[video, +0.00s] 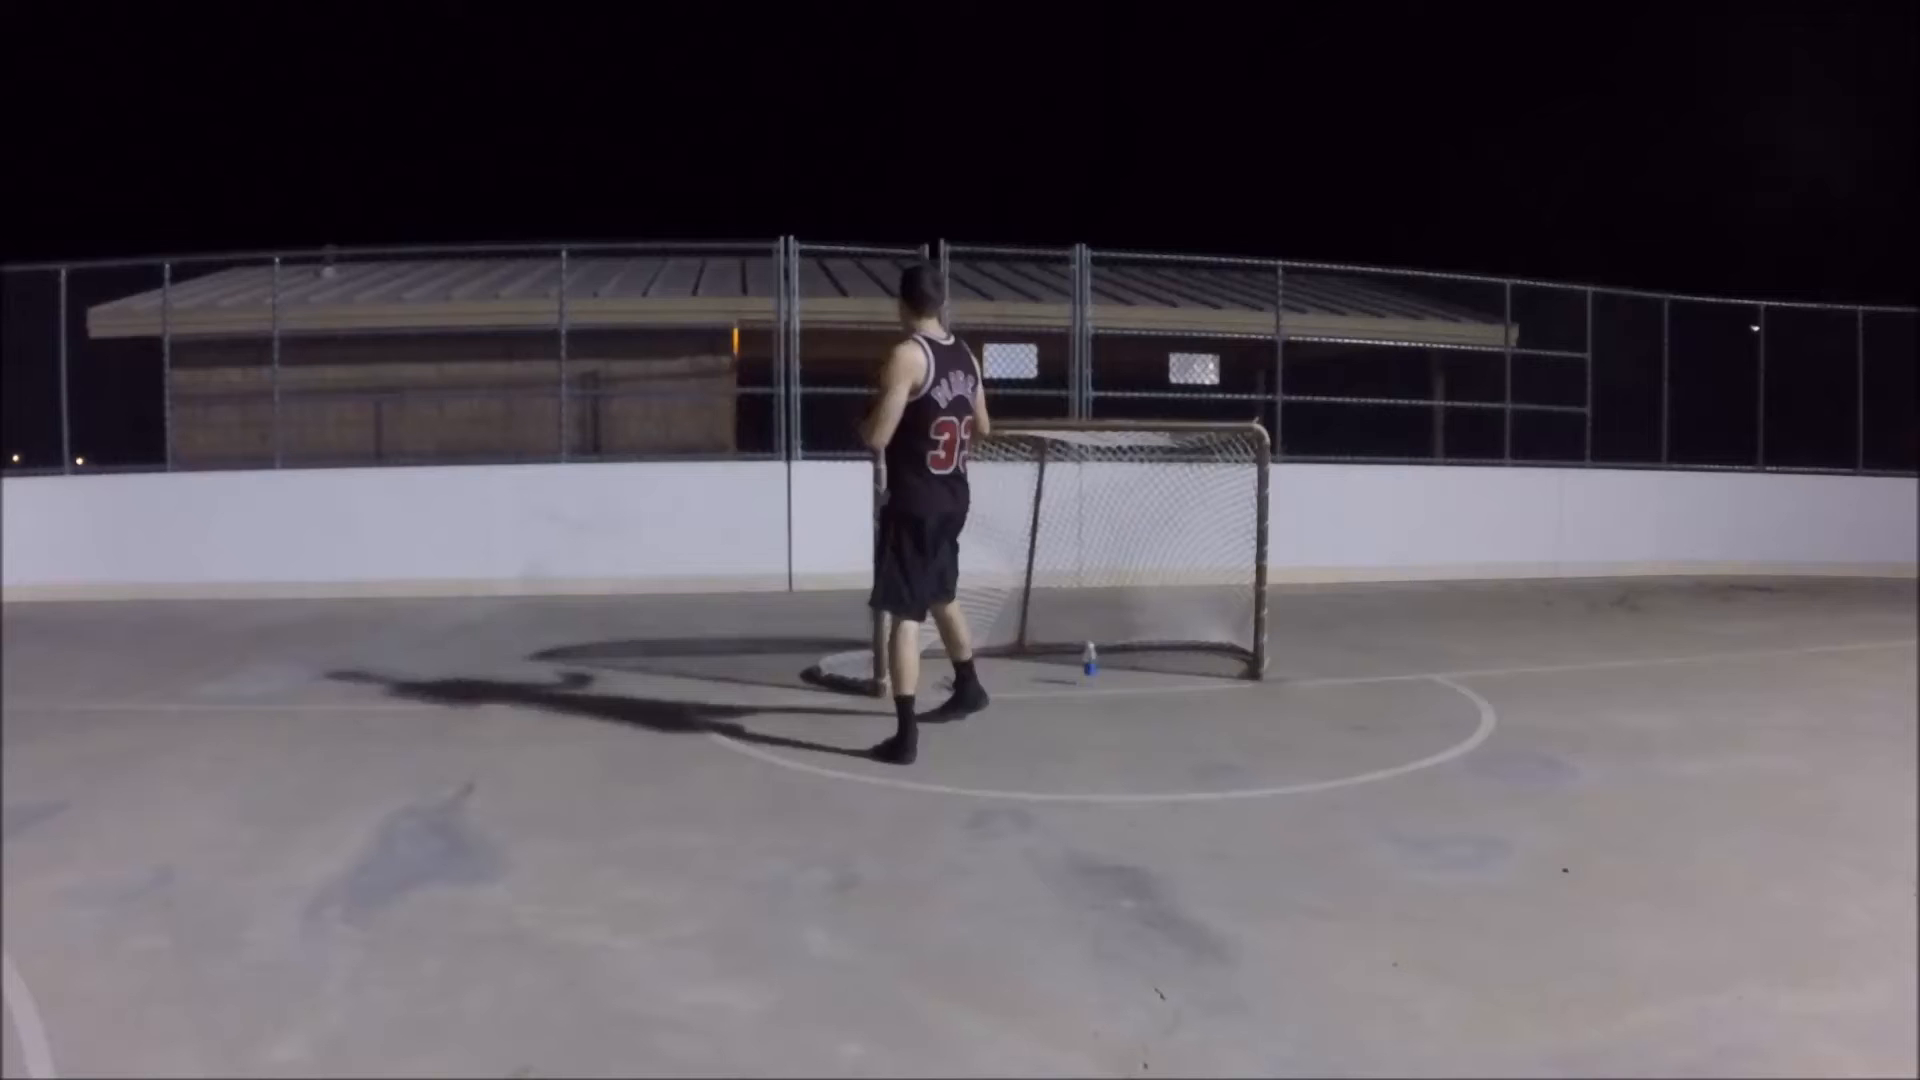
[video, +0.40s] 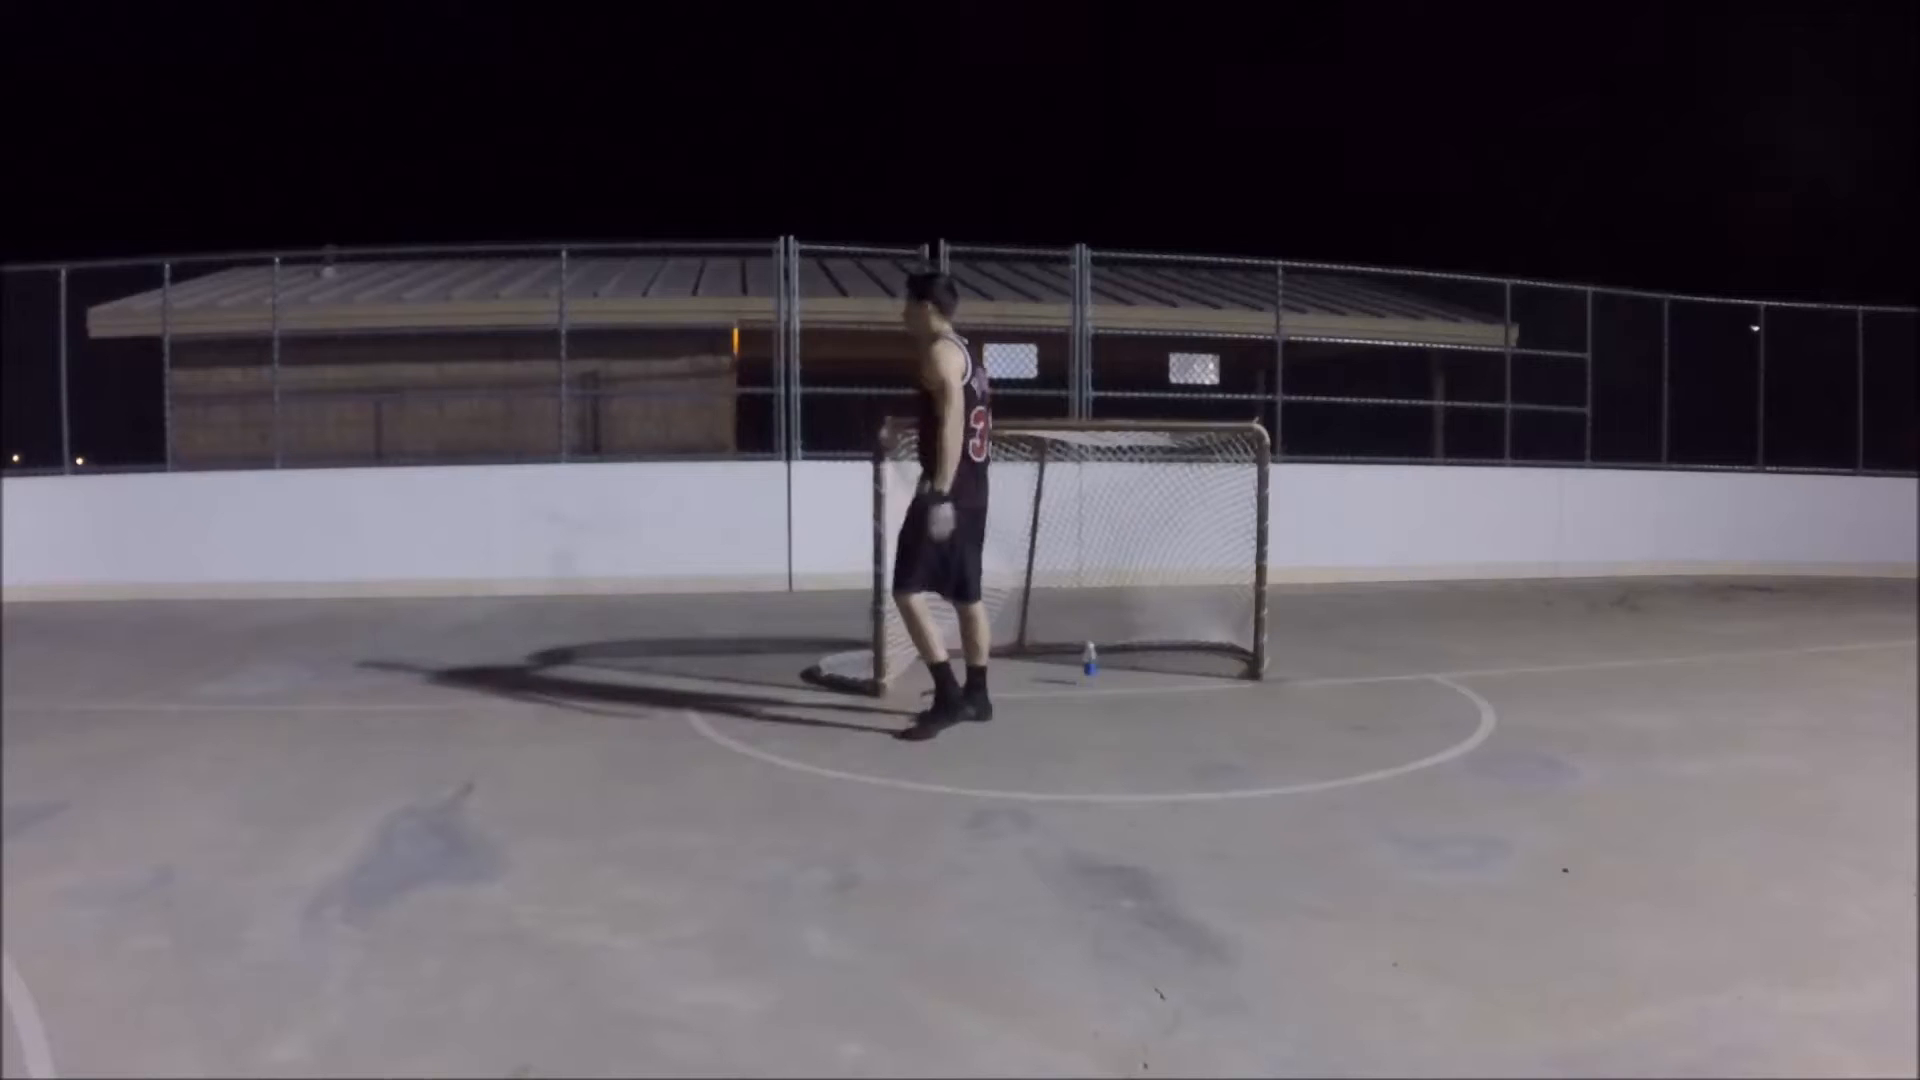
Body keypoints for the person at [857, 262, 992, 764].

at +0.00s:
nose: (900, 308)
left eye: (900, 301)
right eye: (910, 301)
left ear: (903, 304)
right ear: (944, 303)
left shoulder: (906, 356)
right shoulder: (964, 353)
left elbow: (876, 437)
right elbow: (981, 425)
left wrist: (868, 419)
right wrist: (938, 416)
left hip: (914, 501)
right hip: (952, 497)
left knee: (904, 614)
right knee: (941, 596)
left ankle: (904, 736)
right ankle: (969, 686)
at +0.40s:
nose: (904, 316)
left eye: (908, 307)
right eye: (905, 306)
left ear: (927, 308)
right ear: (944, 309)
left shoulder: (939, 354)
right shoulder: (965, 353)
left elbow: (951, 423)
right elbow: (962, 424)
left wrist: (942, 493)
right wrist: (908, 432)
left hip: (942, 491)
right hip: (970, 491)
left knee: (906, 590)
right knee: (968, 595)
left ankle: (947, 693)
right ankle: (977, 695)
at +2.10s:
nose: (981, 282)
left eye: (984, 273)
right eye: (969, 274)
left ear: (987, 278)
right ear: (937, 280)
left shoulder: (1010, 340)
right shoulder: (908, 348)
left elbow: (1031, 425)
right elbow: (886, 433)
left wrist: (1042, 501)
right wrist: (879, 514)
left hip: (996, 513)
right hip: (934, 514)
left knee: (985, 639)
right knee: (936, 644)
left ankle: (975, 715)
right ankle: (946, 778)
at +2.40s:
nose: (984, 268)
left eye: (985, 258)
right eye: (972, 259)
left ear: (978, 266)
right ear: (938, 265)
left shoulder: (995, 329)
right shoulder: (901, 330)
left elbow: (1014, 419)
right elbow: (878, 421)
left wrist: (1036, 490)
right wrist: (889, 499)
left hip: (1002, 511)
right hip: (934, 515)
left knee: (1024, 641)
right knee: (936, 646)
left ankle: (1012, 776)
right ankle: (947, 780)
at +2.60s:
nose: (986, 261)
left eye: (987, 250)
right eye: (975, 251)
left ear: (977, 260)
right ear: (938, 258)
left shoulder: (993, 324)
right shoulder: (899, 324)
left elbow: (1011, 411)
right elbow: (878, 414)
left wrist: (1031, 480)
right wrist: (907, 464)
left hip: (1003, 504)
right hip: (936, 512)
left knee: (1056, 631)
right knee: (940, 651)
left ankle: (1115, 766)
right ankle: (948, 783)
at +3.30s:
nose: (1046, 247)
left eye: (1045, 237)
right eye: (1032, 238)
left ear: (1035, 248)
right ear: (992, 247)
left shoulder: (1073, 318)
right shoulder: (950, 329)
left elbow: (1104, 411)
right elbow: (921, 426)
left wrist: (1120, 499)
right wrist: (905, 516)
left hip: (1064, 519)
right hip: (987, 523)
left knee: (1065, 666)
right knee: (973, 655)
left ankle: (1064, 818)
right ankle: (952, 768)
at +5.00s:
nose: (957, 239)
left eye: (969, 227)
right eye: (949, 230)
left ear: (998, 237)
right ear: (941, 245)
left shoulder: (1039, 314)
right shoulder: (935, 321)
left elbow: (1062, 423)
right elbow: (915, 420)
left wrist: (1034, 520)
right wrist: (903, 505)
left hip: (1013, 518)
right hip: (943, 517)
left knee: (1032, 670)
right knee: (944, 667)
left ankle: (1053, 810)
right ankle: (949, 813)